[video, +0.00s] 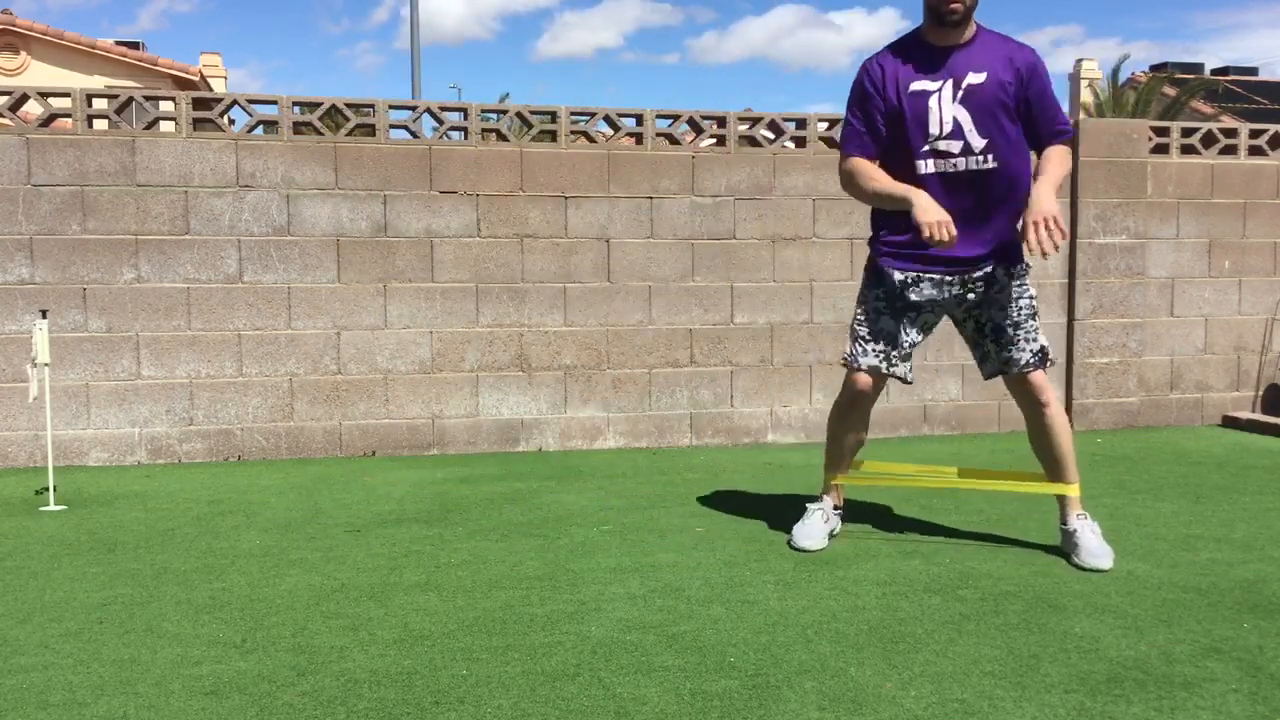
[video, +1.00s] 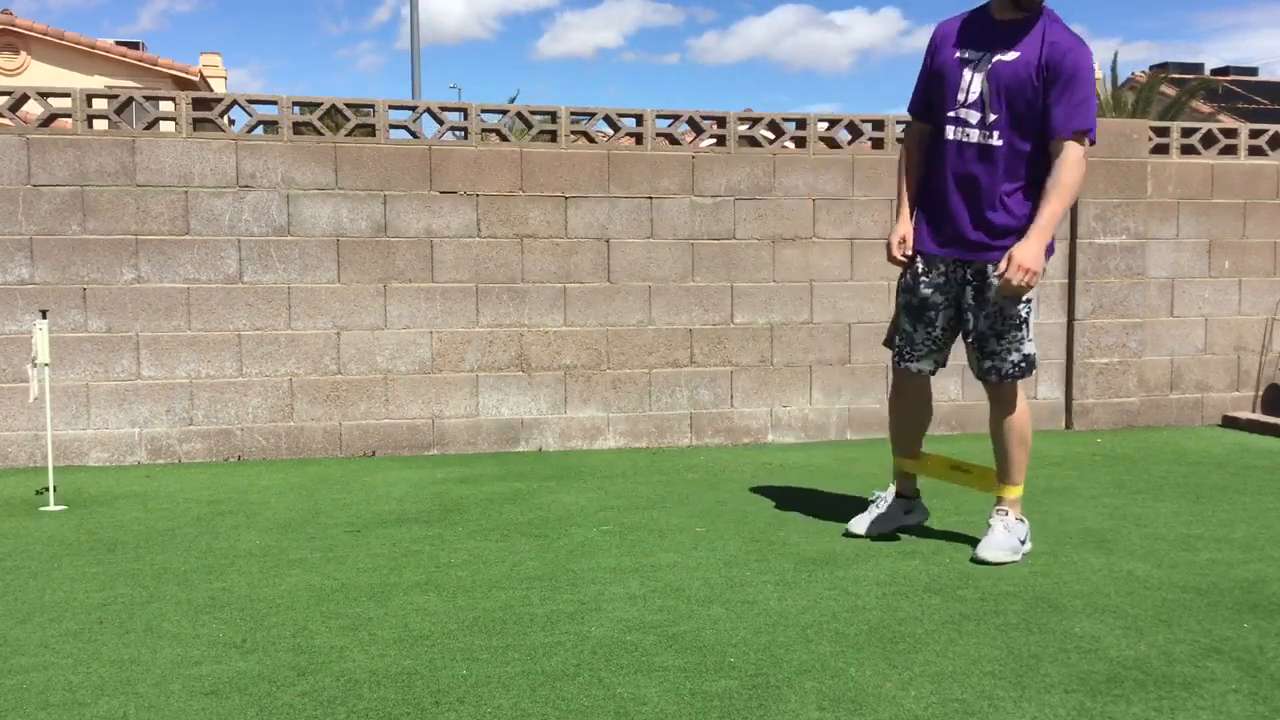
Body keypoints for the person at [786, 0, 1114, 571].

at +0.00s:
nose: (952, 0)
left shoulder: (1018, 62)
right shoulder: (882, 71)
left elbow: (1058, 143)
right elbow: (854, 170)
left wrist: (1044, 191)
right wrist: (912, 196)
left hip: (993, 264)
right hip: (904, 266)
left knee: (1034, 384)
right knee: (859, 384)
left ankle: (1075, 518)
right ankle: (828, 502)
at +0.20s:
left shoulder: (978, 56)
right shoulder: (843, 58)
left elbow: (996, 153)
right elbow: (806, 152)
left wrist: (1004, 241)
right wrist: (845, 222)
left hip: (957, 256)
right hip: (870, 258)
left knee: (1000, 376)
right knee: (842, 381)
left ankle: (1039, 508)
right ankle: (823, 504)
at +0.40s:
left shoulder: (979, 49)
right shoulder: (844, 48)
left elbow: (991, 149)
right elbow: (805, 140)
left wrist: (993, 238)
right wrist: (790, 231)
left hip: (948, 249)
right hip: (863, 250)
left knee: (966, 376)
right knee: (844, 378)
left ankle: (1001, 509)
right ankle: (822, 502)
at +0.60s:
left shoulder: (1005, 57)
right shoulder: (870, 47)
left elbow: (1021, 156)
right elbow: (834, 139)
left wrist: (1017, 248)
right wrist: (825, 229)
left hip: (961, 254)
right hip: (877, 250)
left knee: (970, 384)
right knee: (853, 379)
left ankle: (1007, 513)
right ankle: (825, 503)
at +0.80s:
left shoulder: (1041, 62)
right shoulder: (913, 43)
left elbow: (1055, 160)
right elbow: (886, 135)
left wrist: (1032, 250)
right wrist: (883, 217)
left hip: (987, 251)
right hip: (910, 243)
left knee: (988, 385)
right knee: (874, 371)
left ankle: (1008, 515)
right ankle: (837, 503)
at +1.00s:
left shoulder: (1064, 51)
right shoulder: (948, 36)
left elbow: (1072, 156)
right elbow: (918, 132)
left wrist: (1037, 239)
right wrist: (905, 211)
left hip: (1006, 249)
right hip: (933, 240)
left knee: (1004, 379)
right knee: (910, 366)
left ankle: (1009, 514)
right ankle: (903, 496)